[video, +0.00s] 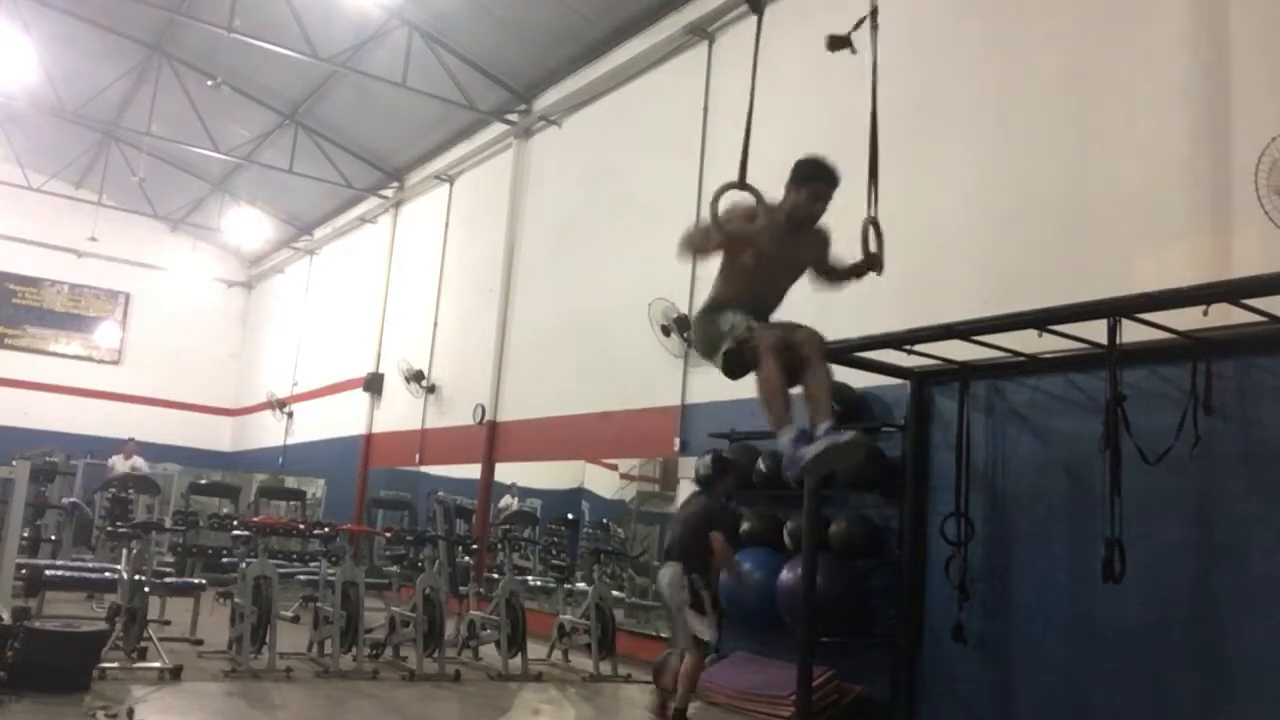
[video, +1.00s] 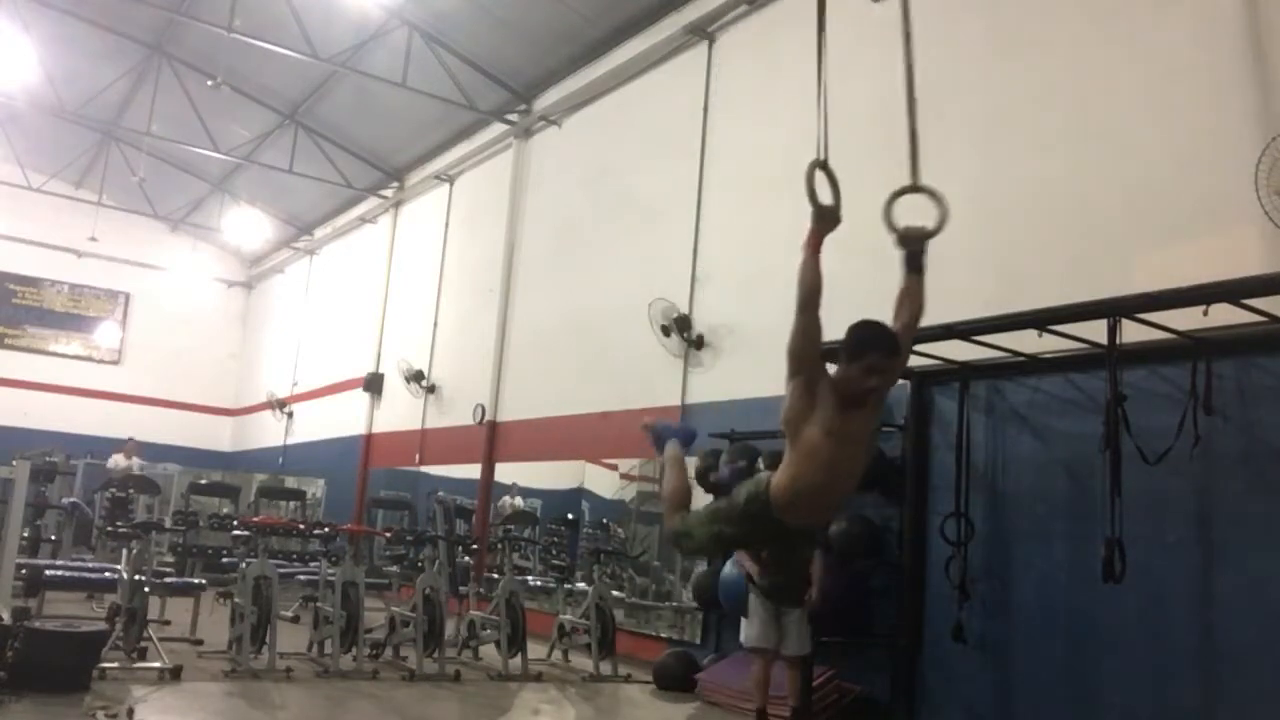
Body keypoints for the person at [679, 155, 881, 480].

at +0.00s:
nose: (818, 208)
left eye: (824, 202)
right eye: (813, 198)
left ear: (828, 203)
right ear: (790, 190)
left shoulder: (815, 240)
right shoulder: (752, 218)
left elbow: (825, 272)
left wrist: (859, 268)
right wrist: (738, 233)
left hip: (756, 324)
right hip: (715, 320)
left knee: (811, 341)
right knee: (769, 342)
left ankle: (824, 435)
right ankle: (790, 446)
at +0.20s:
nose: (755, 293)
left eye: (763, 287)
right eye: (749, 284)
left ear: (770, 291)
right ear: (735, 283)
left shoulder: (773, 327)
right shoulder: (713, 319)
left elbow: (820, 347)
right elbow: (661, 318)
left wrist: (821, 295)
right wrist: (688, 264)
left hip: (774, 416)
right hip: (730, 420)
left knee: (825, 368)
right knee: (785, 378)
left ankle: (873, 424)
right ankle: (837, 446)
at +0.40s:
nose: (737, 378)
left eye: (740, 371)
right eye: (728, 371)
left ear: (746, 376)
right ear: (709, 376)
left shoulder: (752, 405)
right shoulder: (696, 404)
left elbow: (767, 352)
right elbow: (688, 342)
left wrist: (768, 299)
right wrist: (694, 284)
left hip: (772, 507)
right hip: (733, 513)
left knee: (827, 484)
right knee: (769, 491)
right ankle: (870, 500)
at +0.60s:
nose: (772, 398)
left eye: (780, 391)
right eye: (765, 390)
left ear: (790, 394)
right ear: (750, 389)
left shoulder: (786, 422)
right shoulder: (729, 419)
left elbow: (809, 358)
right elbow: (733, 340)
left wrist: (813, 293)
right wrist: (739, 278)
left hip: (778, 545)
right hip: (735, 544)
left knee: (810, 639)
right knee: (750, 642)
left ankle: (814, 700)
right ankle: (729, 706)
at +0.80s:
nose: (830, 400)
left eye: (838, 392)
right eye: (822, 389)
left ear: (848, 392)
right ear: (803, 384)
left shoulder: (840, 417)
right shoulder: (778, 411)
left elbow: (855, 341)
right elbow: (779, 332)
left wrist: (856, 275)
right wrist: (782, 265)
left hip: (806, 565)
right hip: (759, 554)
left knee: (790, 646)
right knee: (710, 628)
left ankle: (754, 694)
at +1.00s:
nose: (877, 386)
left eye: (885, 378)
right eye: (871, 374)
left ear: (890, 374)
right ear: (844, 360)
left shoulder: (873, 397)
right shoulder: (809, 391)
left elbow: (906, 324)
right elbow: (807, 312)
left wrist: (914, 258)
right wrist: (814, 240)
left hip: (806, 529)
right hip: (762, 511)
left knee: (787, 596)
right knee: (680, 532)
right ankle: (672, 445)